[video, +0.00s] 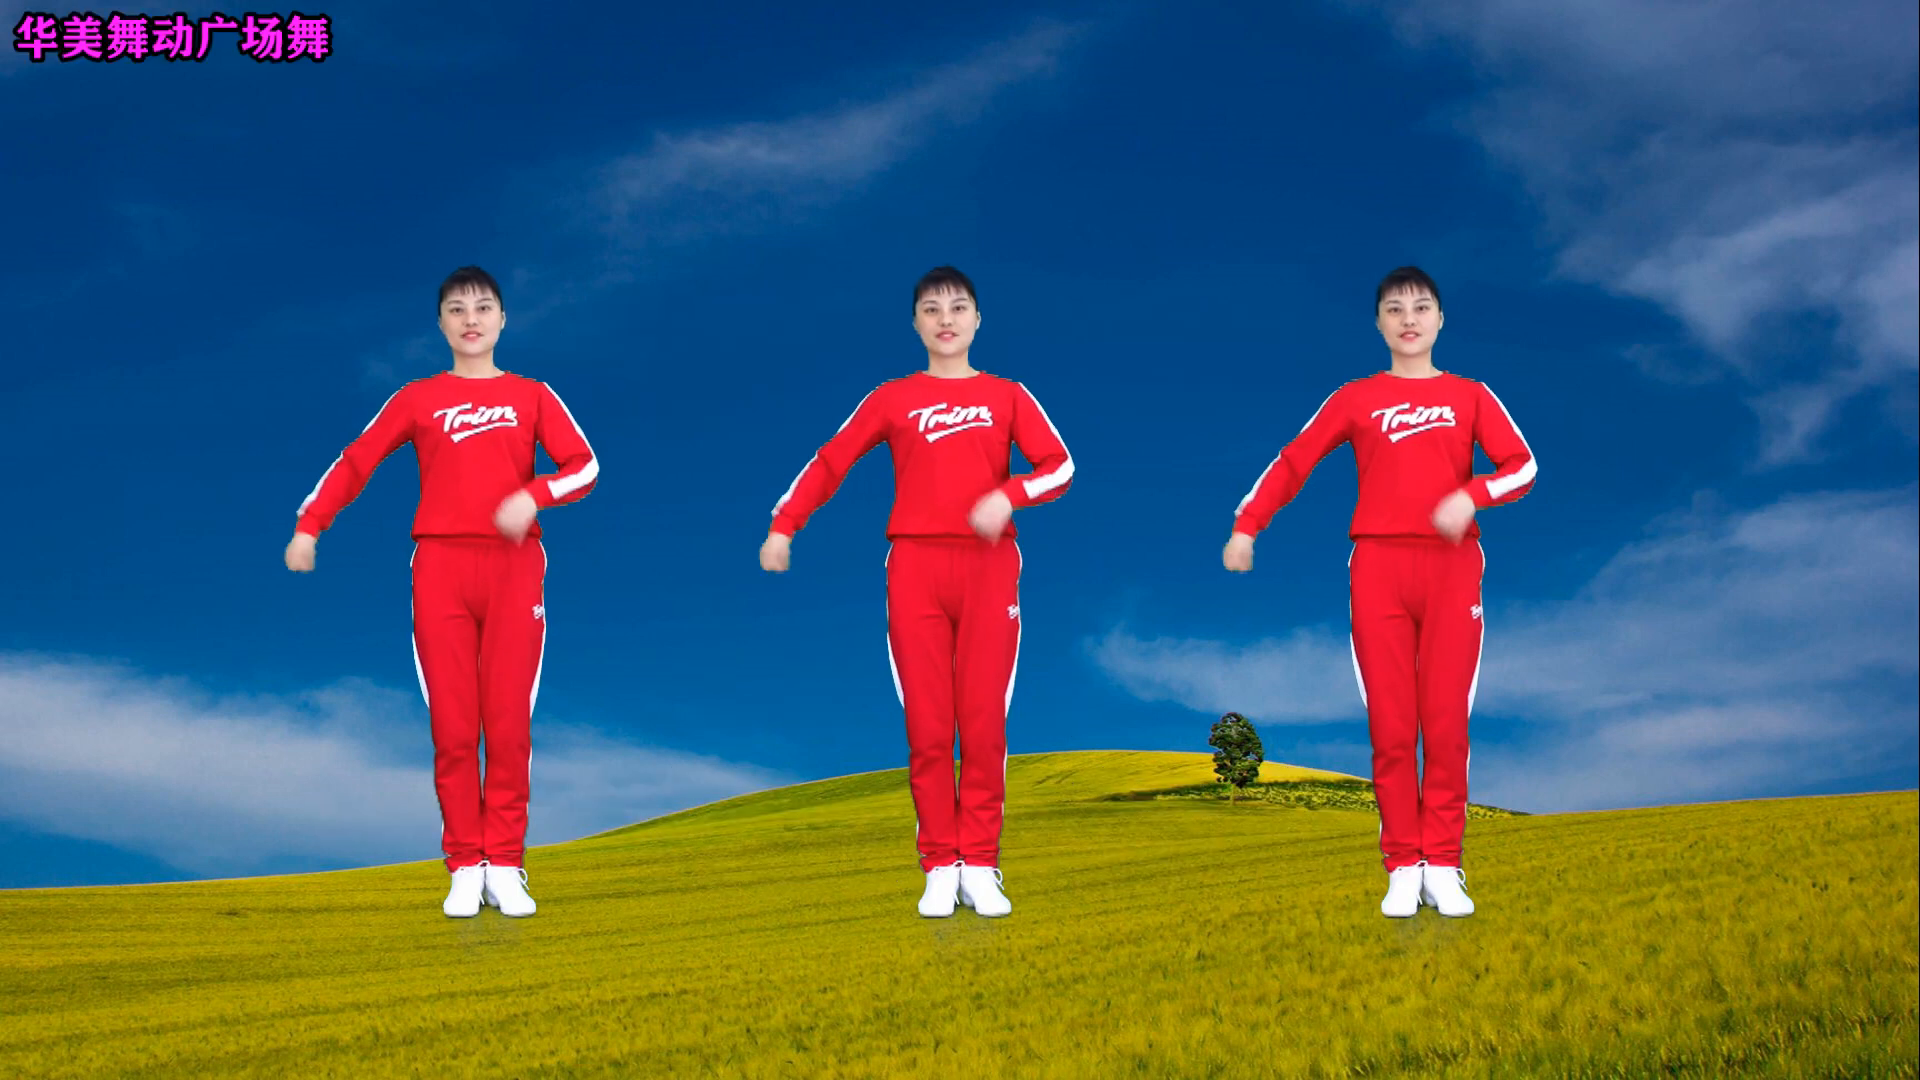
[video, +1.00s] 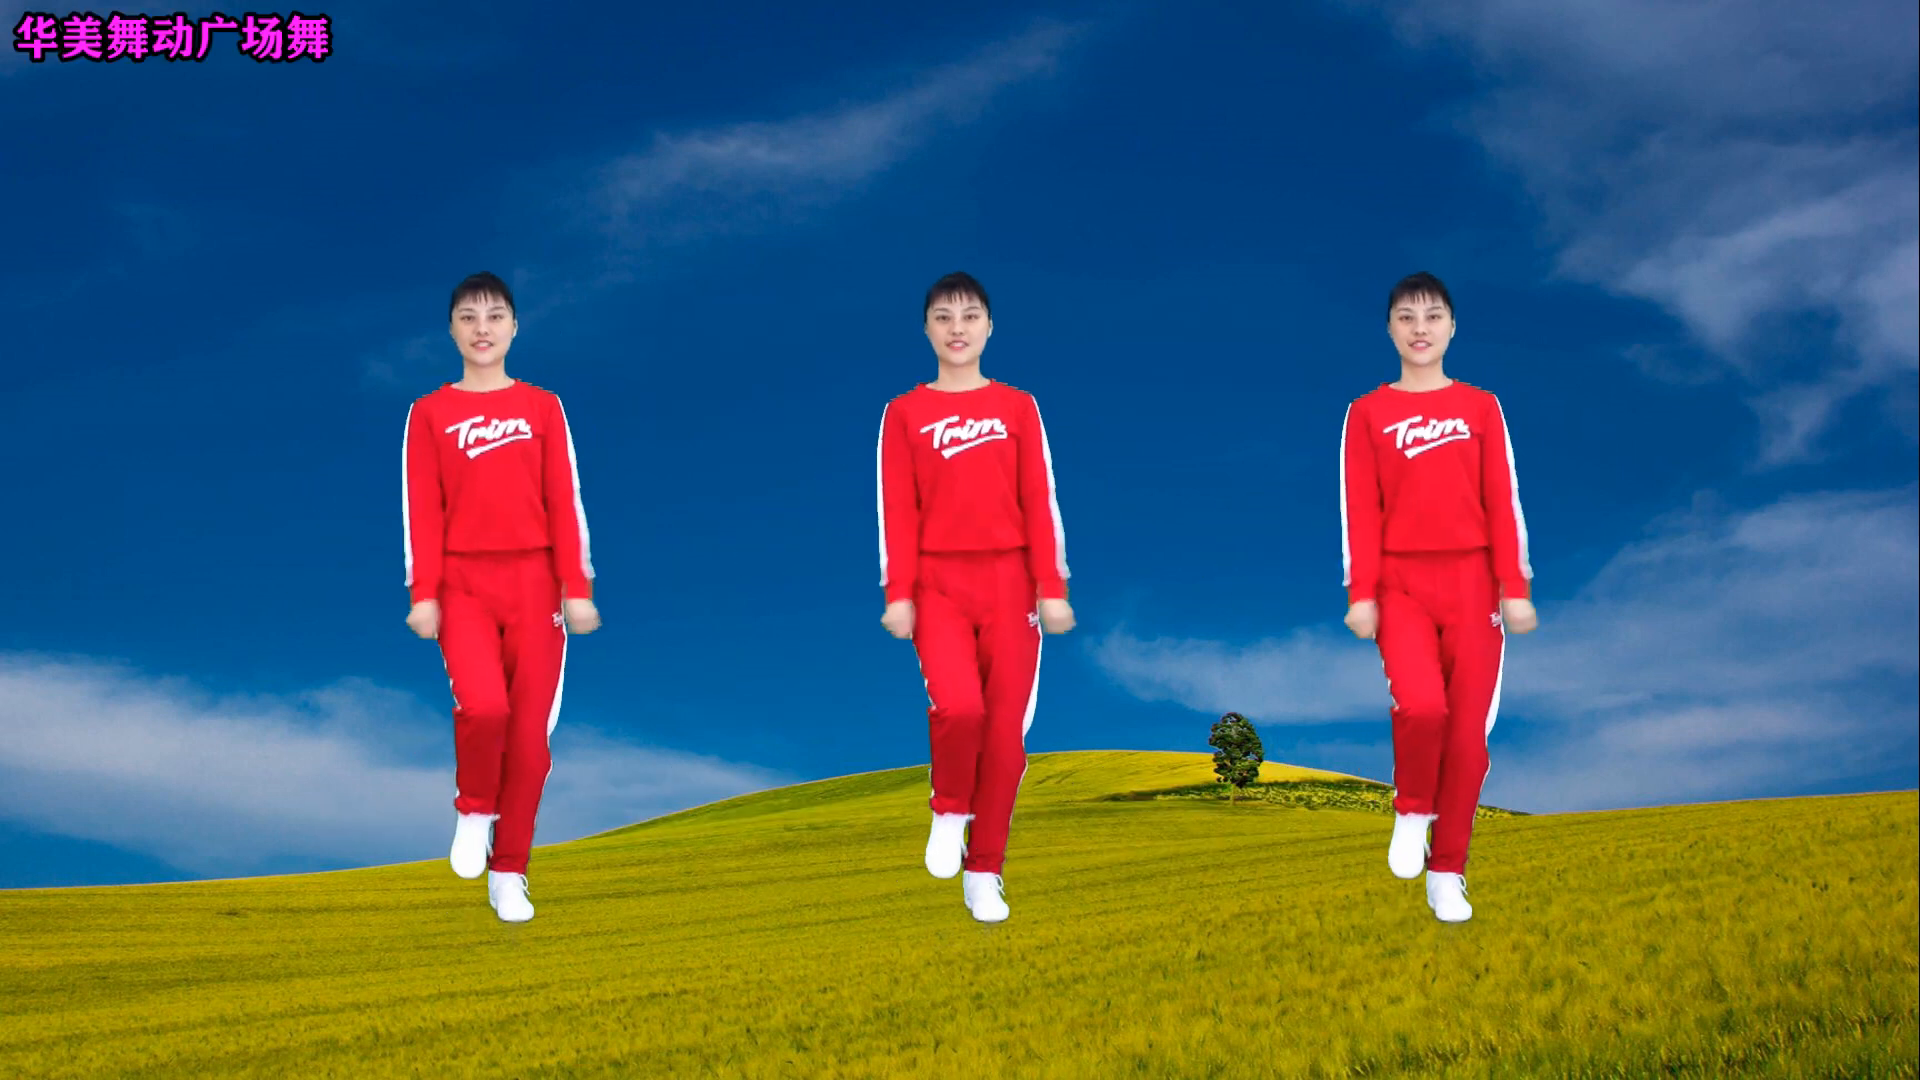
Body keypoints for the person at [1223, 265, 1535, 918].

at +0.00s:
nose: (1409, 319)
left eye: (1420, 308)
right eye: (1397, 310)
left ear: (1439, 318)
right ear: (1381, 323)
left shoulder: (1471, 396)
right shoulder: (1354, 399)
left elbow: (1523, 468)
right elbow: (1293, 462)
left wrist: (1471, 495)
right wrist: (1244, 527)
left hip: (1452, 573)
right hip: (1378, 571)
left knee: (1447, 722)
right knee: (1392, 726)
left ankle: (1443, 865)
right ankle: (1403, 866)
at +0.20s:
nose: (1407, 319)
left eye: (1419, 309)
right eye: (1394, 311)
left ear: (1438, 320)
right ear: (1379, 324)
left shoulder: (1468, 395)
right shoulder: (1354, 399)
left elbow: (1493, 480)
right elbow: (1293, 472)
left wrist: (1449, 479)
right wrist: (1229, 538)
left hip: (1449, 571)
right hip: (1375, 571)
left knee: (1443, 725)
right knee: (1387, 729)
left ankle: (1443, 865)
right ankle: (1403, 867)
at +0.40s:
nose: (1408, 329)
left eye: (1420, 319)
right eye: (1395, 320)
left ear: (1437, 331)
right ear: (1379, 333)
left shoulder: (1467, 409)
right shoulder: (1352, 411)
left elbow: (1480, 503)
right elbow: (1329, 498)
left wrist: (1485, 589)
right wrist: (1352, 565)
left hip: (1442, 581)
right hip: (1369, 583)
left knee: (1418, 714)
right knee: (1370, 731)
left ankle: (1436, 808)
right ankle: (1400, 863)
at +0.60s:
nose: (1411, 304)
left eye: (1423, 295)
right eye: (1399, 295)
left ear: (1441, 307)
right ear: (1381, 308)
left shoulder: (1469, 383)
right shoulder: (1351, 385)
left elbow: (1523, 454)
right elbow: (1299, 455)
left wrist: (1553, 535)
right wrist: (1360, 414)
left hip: (1448, 561)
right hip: (1372, 561)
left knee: (1434, 713)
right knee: (1385, 720)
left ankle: (1442, 850)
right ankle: (1401, 861)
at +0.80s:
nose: (1416, 312)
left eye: (1428, 302)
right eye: (1404, 302)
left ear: (1446, 314)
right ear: (1386, 314)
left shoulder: (1476, 388)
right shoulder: (1360, 394)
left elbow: (1535, 457)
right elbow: (1328, 483)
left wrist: (1588, 525)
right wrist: (1375, 451)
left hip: (1459, 568)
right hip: (1382, 569)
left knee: (1450, 730)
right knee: (1392, 730)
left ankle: (1447, 867)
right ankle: (1403, 863)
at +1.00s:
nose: (1421, 328)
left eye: (1433, 316)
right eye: (1408, 318)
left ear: (1451, 327)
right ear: (1391, 330)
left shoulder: (1482, 407)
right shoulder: (1366, 412)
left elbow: (1504, 500)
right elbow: (1359, 506)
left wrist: (1515, 586)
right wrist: (1360, 591)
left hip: (1473, 581)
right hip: (1400, 583)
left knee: (1469, 728)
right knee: (1421, 708)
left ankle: (1448, 869)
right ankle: (1413, 812)